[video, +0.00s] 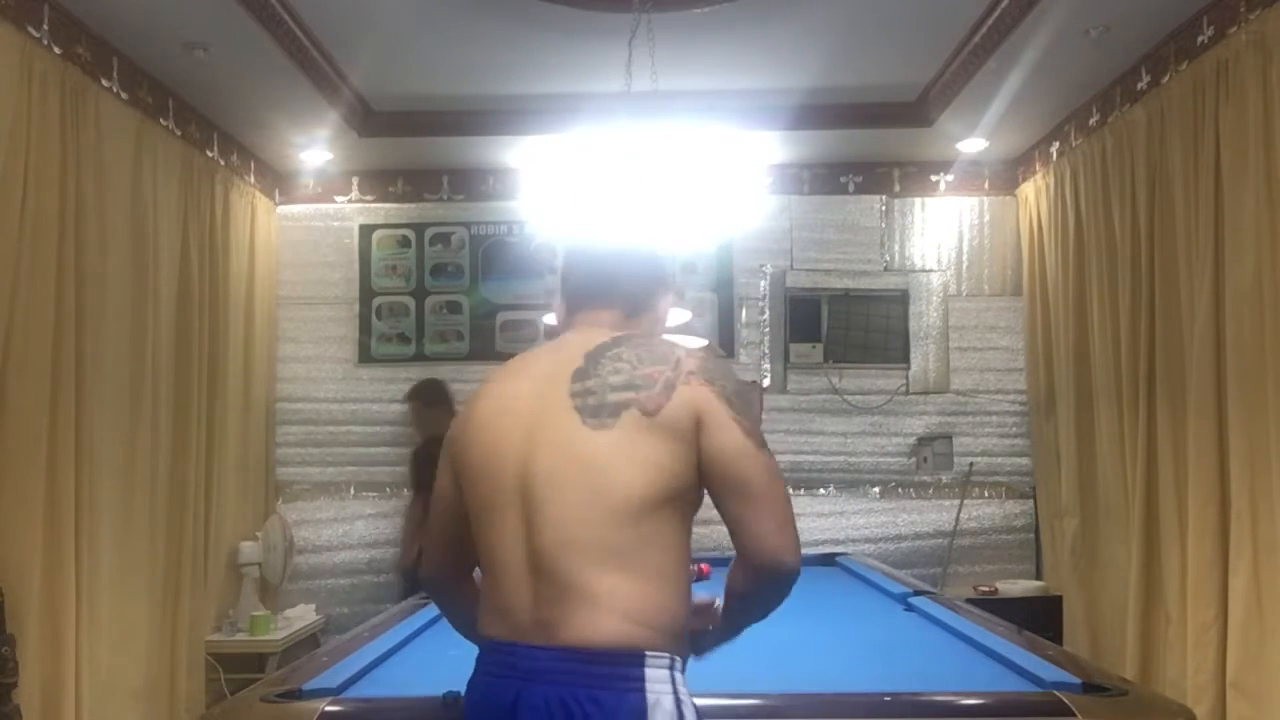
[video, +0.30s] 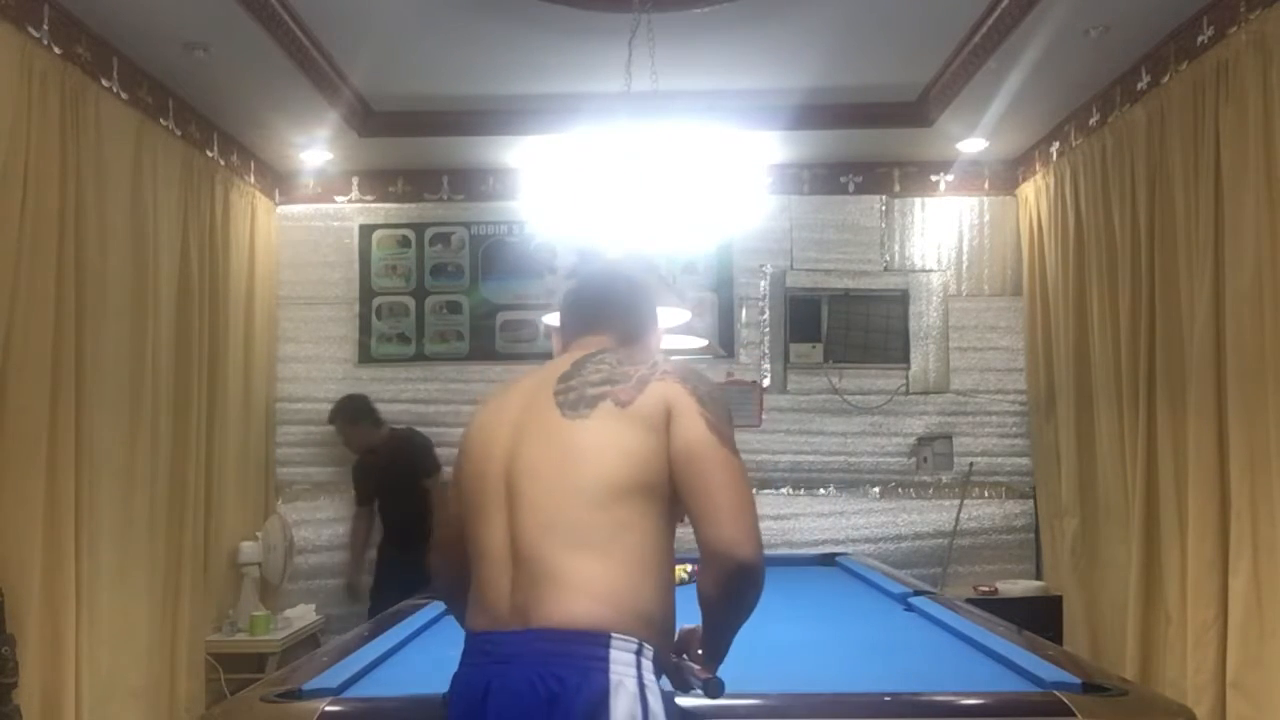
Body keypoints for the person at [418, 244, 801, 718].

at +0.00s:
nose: (670, 317)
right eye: (669, 307)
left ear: (563, 304)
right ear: (658, 304)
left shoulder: (488, 395)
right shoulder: (684, 380)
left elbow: (439, 570)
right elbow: (774, 556)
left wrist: (508, 638)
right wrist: (719, 624)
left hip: (498, 690)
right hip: (632, 694)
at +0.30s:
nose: (664, 349)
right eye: (663, 342)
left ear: (558, 340)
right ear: (652, 340)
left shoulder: (490, 409)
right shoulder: (666, 390)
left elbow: (447, 568)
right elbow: (737, 554)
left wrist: (502, 639)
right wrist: (708, 648)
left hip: (477, 683)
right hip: (603, 685)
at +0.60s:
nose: (661, 375)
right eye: (656, 366)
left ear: (564, 362)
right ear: (646, 359)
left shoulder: (494, 425)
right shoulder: (657, 401)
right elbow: (715, 552)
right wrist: (689, 649)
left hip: (471, 664)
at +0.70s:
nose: (663, 380)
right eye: (657, 372)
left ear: (571, 370)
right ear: (645, 368)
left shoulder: (497, 433)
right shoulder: (652, 403)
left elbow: (487, 583)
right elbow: (711, 548)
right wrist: (685, 646)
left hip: (473, 650)